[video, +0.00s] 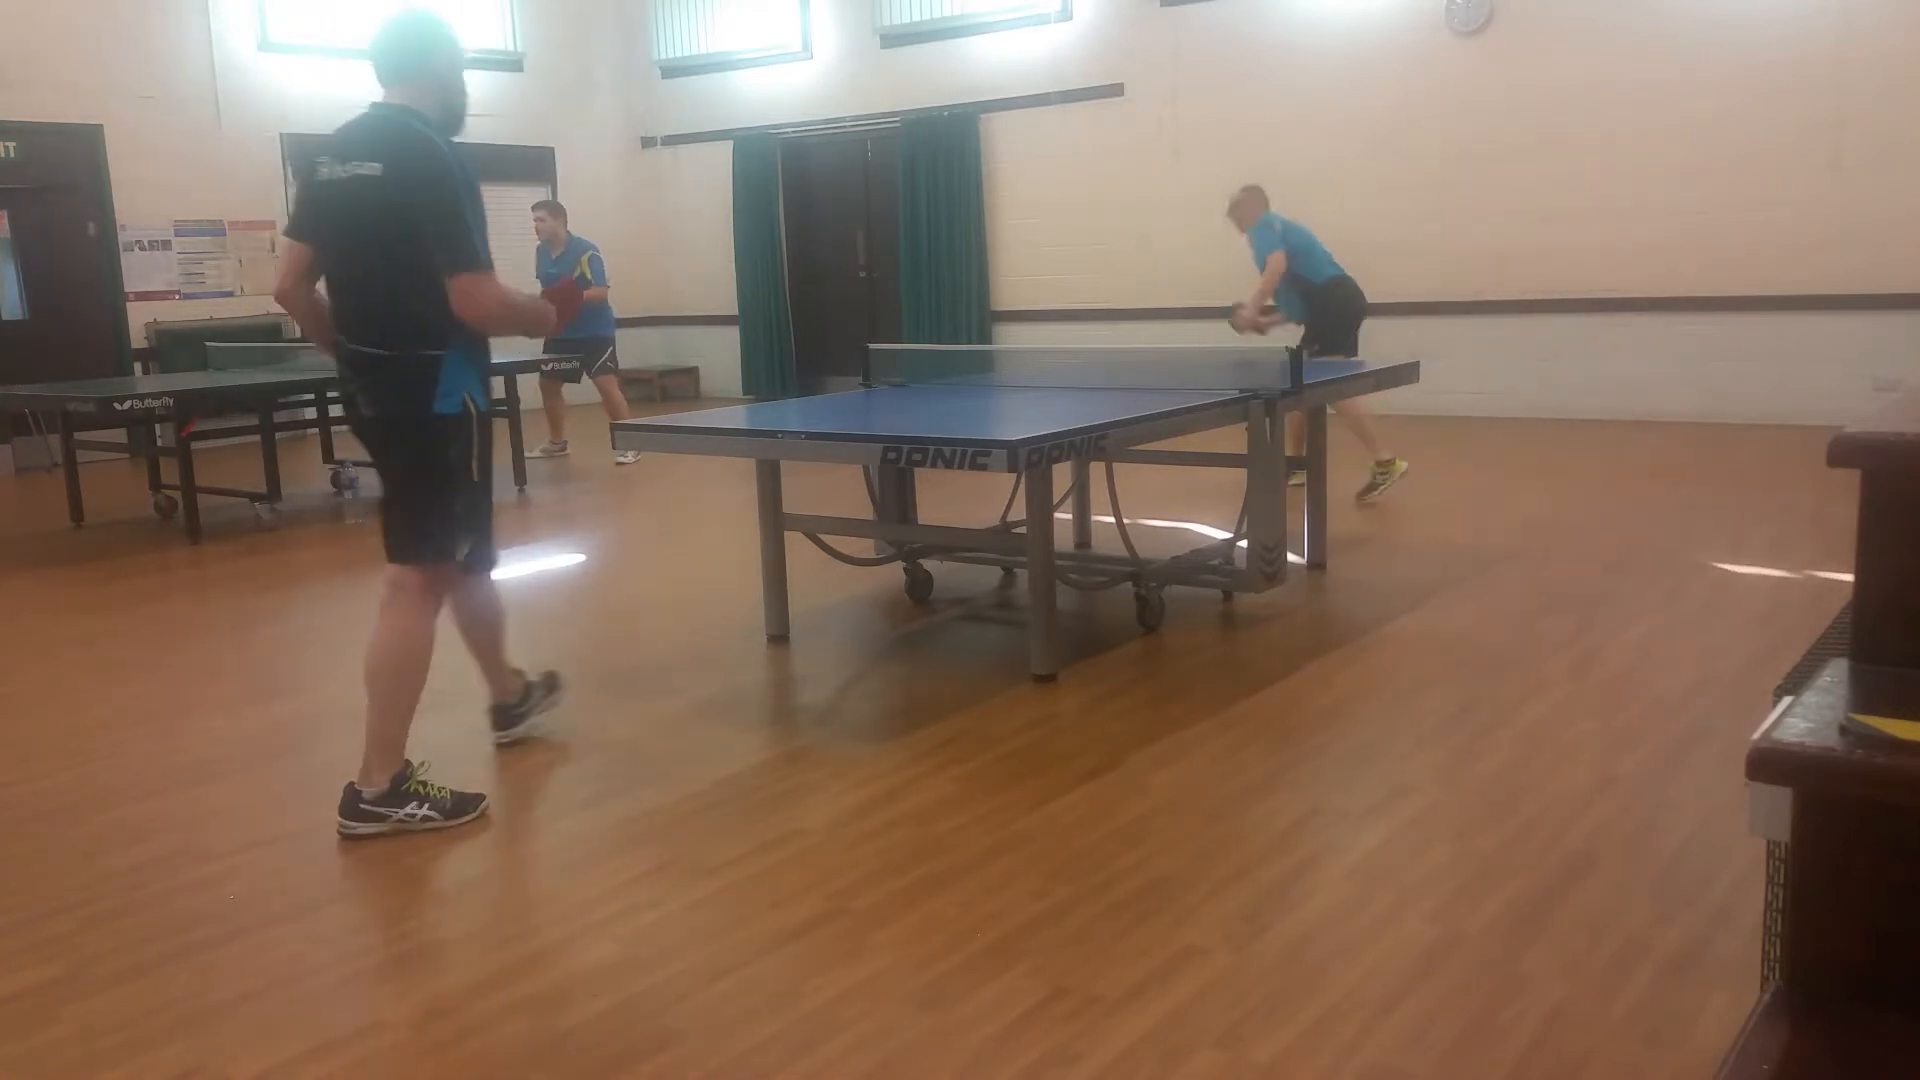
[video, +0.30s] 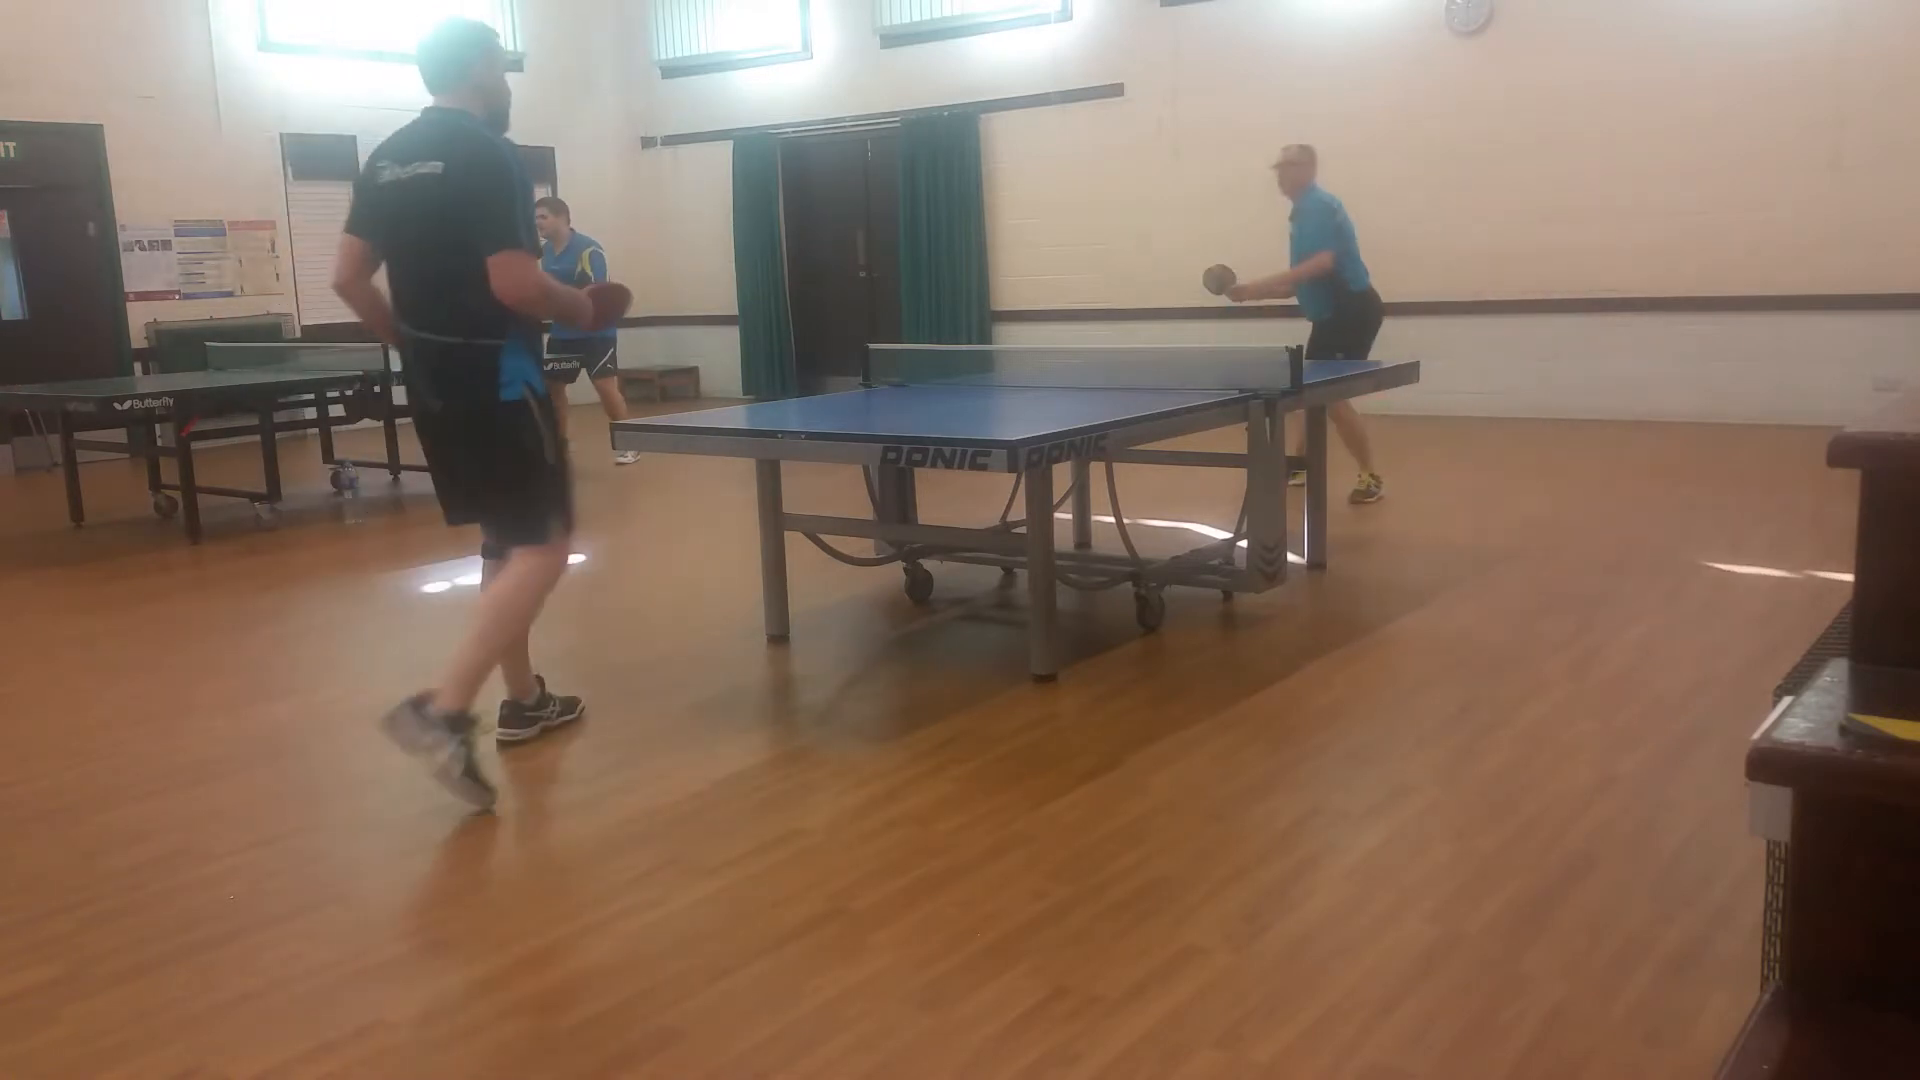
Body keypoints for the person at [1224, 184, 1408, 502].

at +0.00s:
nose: (1238, 227)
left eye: (1237, 219)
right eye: (1235, 221)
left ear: (1246, 210)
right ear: (1261, 207)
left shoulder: (1263, 226)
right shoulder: (1281, 230)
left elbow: (1276, 265)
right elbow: (1300, 303)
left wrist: (1252, 306)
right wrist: (1266, 320)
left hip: (1335, 302)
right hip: (1331, 305)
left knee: (1334, 387)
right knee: (1299, 385)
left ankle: (1385, 461)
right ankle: (1295, 462)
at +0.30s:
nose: (1279, 176)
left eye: (1286, 168)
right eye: (1279, 169)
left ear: (1305, 170)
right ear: (1286, 173)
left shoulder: (1319, 205)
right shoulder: (1303, 211)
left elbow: (1324, 261)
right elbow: (1302, 281)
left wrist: (1265, 286)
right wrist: (1253, 291)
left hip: (1352, 308)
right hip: (1330, 311)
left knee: (1332, 396)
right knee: (1310, 389)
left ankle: (1370, 475)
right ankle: (1300, 459)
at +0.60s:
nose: (1326, 154)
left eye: (1335, 146)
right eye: (1321, 147)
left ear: (1353, 151)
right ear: (1315, 152)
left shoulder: (1376, 195)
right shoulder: (1315, 209)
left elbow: (1400, 249)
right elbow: (1315, 267)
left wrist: (1359, 291)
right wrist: (1291, 284)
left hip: (1374, 307)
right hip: (1333, 309)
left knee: (1363, 395)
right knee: (1314, 390)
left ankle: (1373, 474)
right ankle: (1321, 468)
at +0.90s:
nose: (1349, 151)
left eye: (1357, 143)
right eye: (1343, 144)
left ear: (1375, 148)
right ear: (1335, 150)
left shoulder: (1406, 195)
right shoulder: (1327, 207)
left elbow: (1428, 251)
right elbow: (1314, 264)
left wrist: (1404, 296)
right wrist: (1312, 299)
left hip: (1394, 313)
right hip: (1350, 315)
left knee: (1383, 400)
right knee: (1361, 400)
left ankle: (1370, 477)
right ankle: (1365, 482)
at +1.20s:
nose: (1361, 146)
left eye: (1369, 137)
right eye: (1354, 139)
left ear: (1388, 139)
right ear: (1348, 145)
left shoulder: (1424, 183)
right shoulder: (1343, 203)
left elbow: (1452, 240)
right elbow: (1331, 265)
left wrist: (1461, 300)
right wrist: (1349, 292)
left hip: (1424, 313)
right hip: (1374, 317)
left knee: (1428, 403)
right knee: (1377, 407)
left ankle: (1395, 456)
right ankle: (1371, 492)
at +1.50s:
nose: (1382, 170)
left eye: (1388, 162)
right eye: (1374, 163)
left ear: (1404, 170)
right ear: (1363, 171)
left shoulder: (1423, 208)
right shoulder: (1350, 215)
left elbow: (1453, 259)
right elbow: (1330, 269)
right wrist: (1346, 287)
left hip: (1421, 317)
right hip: (1377, 317)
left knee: (1428, 410)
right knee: (1377, 408)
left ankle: (1399, 457)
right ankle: (1371, 490)